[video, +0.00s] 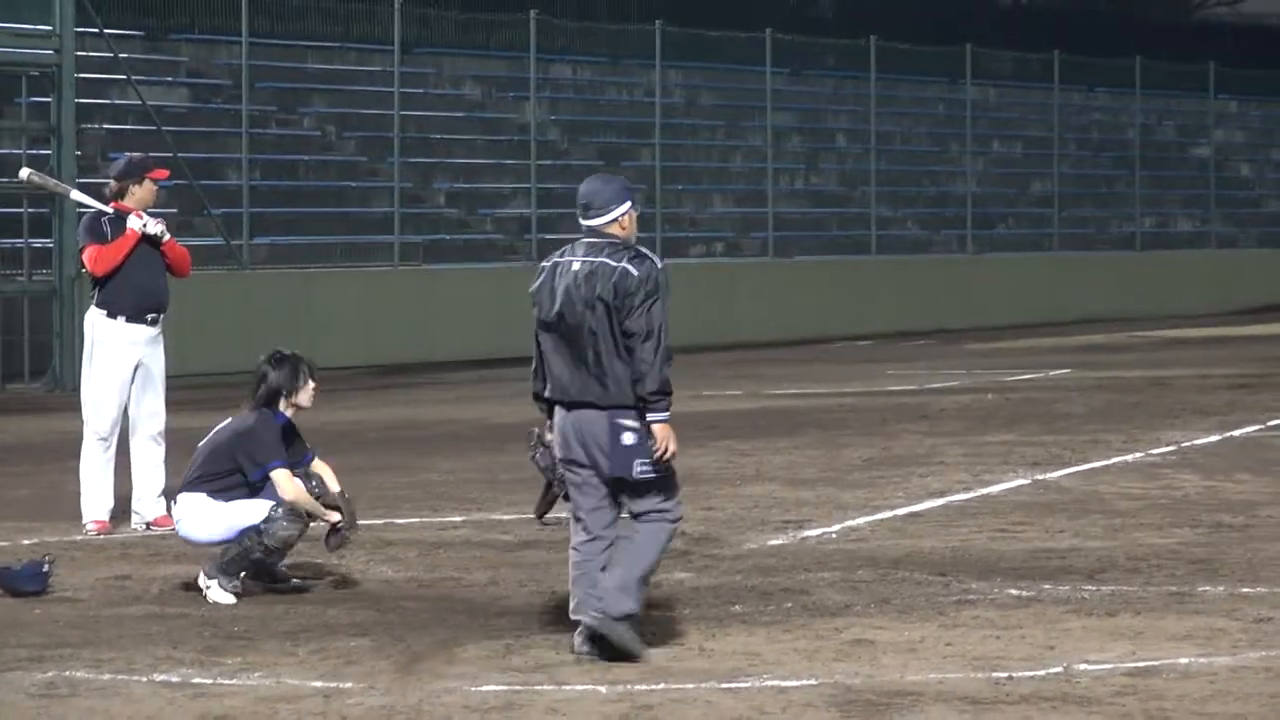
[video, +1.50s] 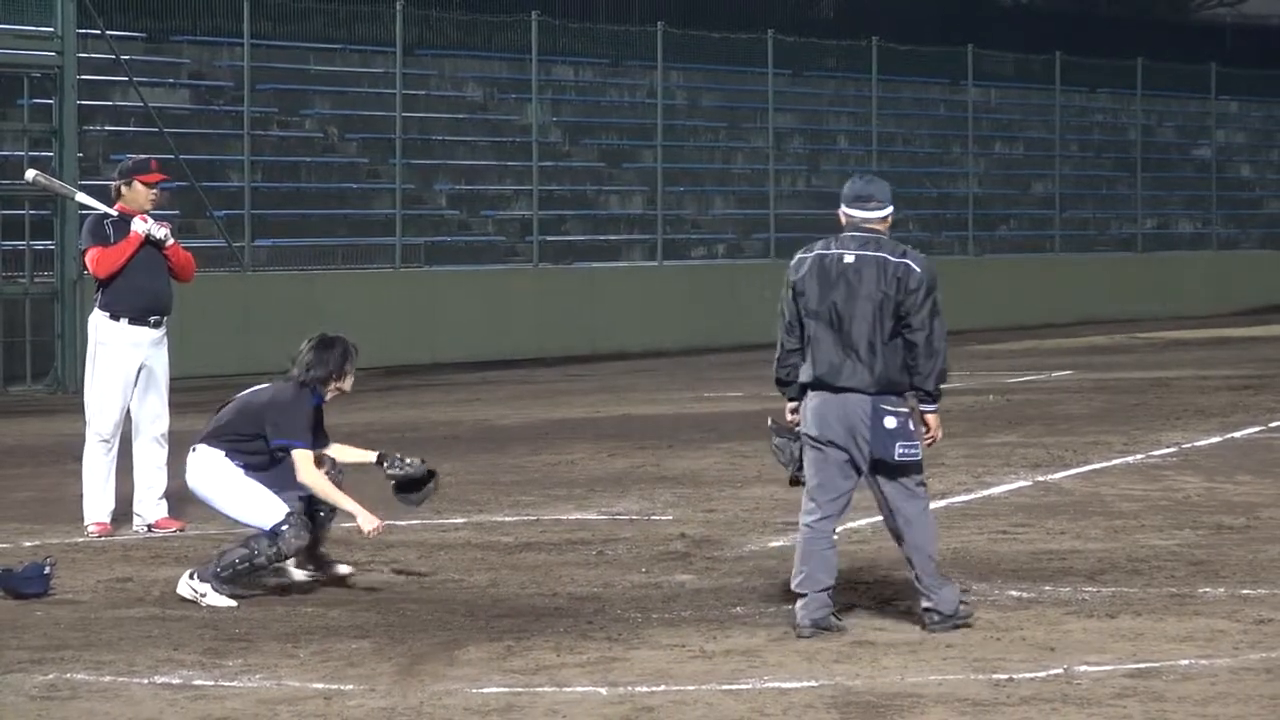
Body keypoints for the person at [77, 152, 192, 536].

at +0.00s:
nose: (156, 189)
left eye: (156, 184)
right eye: (152, 183)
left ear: (134, 187)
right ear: (131, 186)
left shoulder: (152, 226)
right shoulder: (98, 221)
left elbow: (183, 267)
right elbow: (97, 265)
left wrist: (164, 238)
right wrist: (133, 232)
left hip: (151, 333)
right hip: (111, 332)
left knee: (150, 426)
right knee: (102, 427)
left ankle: (150, 510)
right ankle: (96, 516)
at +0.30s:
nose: (160, 190)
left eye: (160, 184)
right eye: (155, 184)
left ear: (139, 187)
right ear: (135, 186)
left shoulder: (156, 227)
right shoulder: (101, 221)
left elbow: (186, 270)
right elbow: (99, 265)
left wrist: (167, 240)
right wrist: (136, 235)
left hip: (155, 334)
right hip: (114, 333)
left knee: (153, 427)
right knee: (105, 428)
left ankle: (152, 512)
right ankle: (99, 516)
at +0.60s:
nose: (159, 191)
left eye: (159, 185)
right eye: (154, 184)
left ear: (138, 188)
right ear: (133, 187)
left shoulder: (156, 227)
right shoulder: (100, 221)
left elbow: (185, 272)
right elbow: (100, 266)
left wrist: (167, 241)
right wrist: (137, 235)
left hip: (154, 334)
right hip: (113, 333)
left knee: (152, 427)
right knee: (103, 429)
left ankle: (151, 512)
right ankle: (98, 517)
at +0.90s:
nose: (158, 190)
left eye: (157, 184)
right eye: (152, 184)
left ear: (137, 188)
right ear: (131, 187)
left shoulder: (154, 228)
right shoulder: (98, 221)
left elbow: (183, 272)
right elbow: (98, 266)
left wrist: (165, 242)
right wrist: (135, 235)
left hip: (153, 334)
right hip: (112, 333)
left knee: (152, 427)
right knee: (103, 428)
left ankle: (150, 512)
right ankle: (97, 516)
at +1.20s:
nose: (158, 191)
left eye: (157, 185)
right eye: (152, 185)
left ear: (137, 189)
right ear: (130, 187)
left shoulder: (154, 228)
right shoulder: (98, 222)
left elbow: (185, 272)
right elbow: (98, 267)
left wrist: (166, 241)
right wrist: (136, 236)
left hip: (154, 335)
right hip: (113, 333)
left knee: (152, 427)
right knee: (103, 429)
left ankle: (151, 512)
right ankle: (98, 517)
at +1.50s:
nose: (156, 192)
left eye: (157, 187)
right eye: (149, 186)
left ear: (148, 190)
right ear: (125, 187)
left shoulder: (156, 228)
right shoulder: (100, 222)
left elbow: (187, 271)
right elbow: (99, 267)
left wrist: (167, 242)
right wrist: (137, 236)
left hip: (155, 335)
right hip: (114, 333)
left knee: (153, 427)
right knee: (104, 428)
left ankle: (151, 513)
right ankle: (98, 517)